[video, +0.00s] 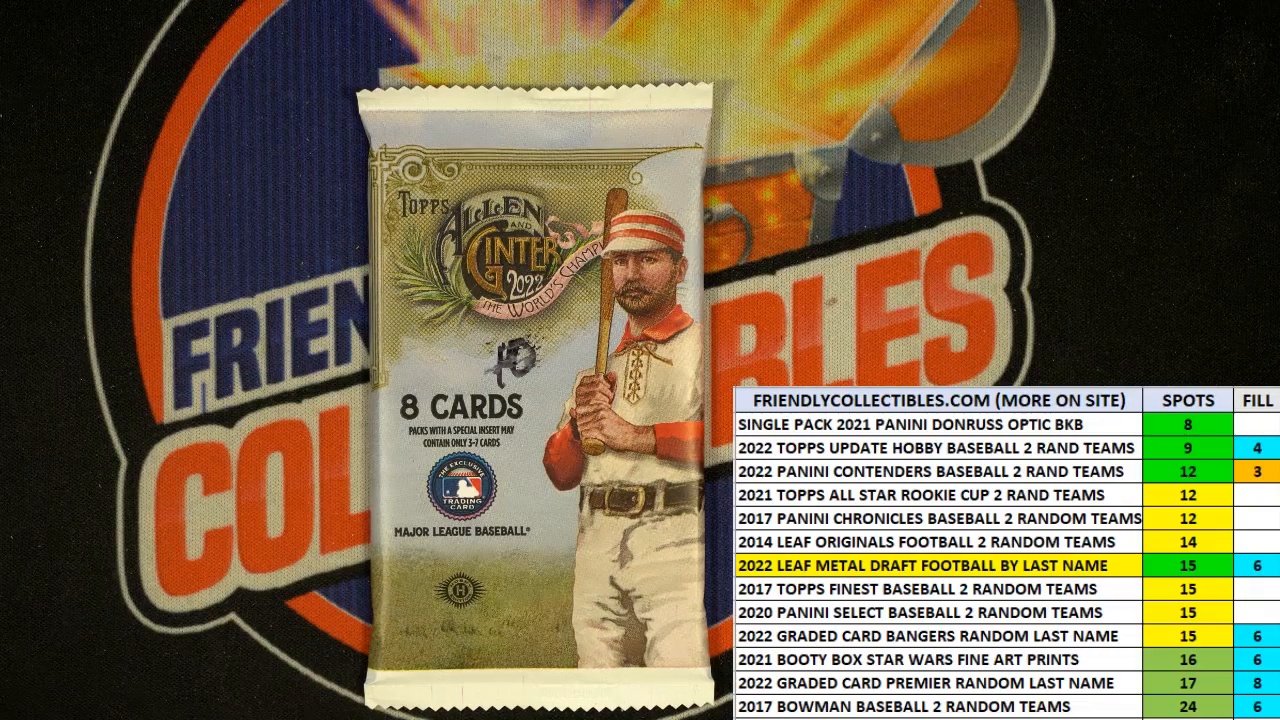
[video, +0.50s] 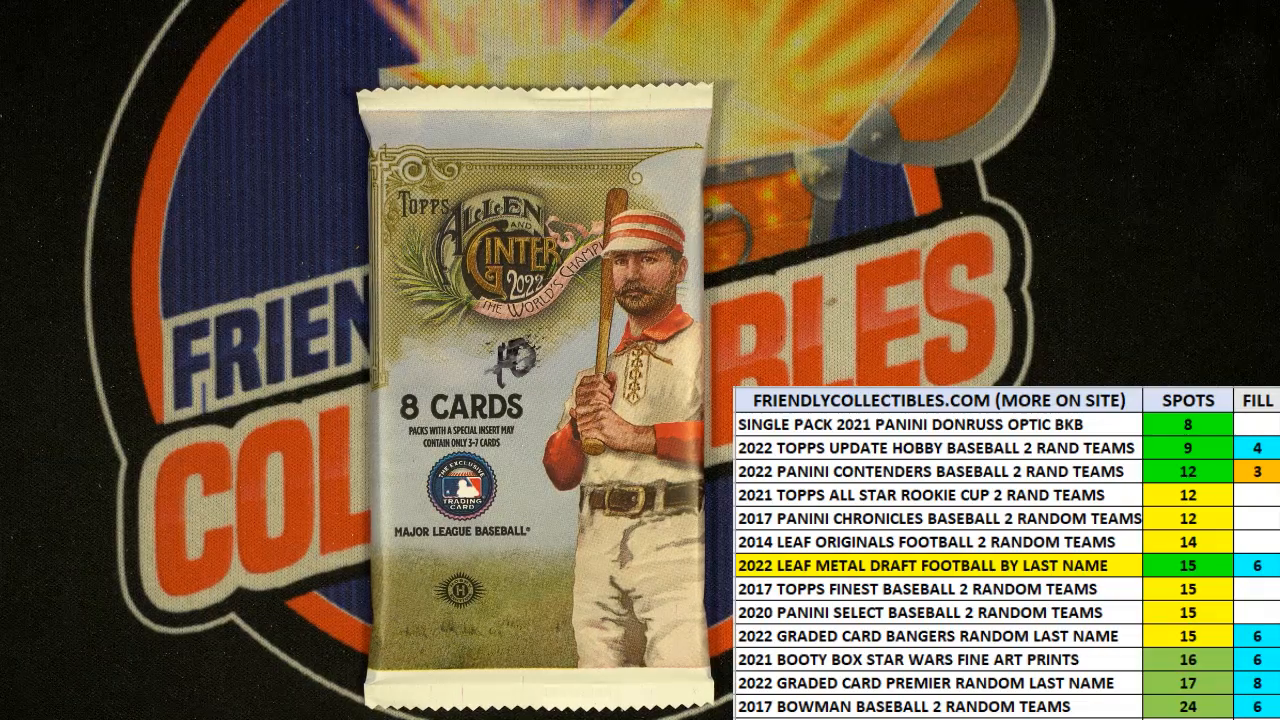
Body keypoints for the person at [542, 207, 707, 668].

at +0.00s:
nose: (631, 274)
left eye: (647, 259)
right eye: (620, 261)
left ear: (678, 270)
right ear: (609, 272)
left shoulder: (705, 346)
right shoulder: (604, 366)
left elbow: (724, 439)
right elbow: (560, 476)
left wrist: (633, 436)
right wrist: (577, 422)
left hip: (674, 530)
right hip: (597, 532)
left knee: (679, 689)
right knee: (601, 693)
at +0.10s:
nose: (631, 274)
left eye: (647, 259)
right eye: (620, 260)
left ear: (678, 270)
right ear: (609, 272)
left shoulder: (704, 346)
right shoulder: (604, 365)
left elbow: (724, 438)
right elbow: (561, 475)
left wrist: (633, 436)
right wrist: (577, 421)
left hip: (673, 529)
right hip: (597, 531)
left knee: (679, 687)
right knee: (600, 691)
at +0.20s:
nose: (630, 274)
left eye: (647, 259)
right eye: (620, 260)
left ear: (678, 270)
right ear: (609, 271)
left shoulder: (704, 345)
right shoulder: (604, 364)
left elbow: (725, 437)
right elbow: (561, 475)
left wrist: (634, 436)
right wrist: (577, 422)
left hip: (674, 530)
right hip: (597, 531)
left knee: (679, 688)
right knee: (601, 691)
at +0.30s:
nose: (630, 273)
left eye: (647, 259)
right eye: (619, 260)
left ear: (678, 270)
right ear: (608, 271)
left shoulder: (703, 346)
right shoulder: (605, 366)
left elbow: (724, 438)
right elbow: (561, 475)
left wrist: (635, 436)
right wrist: (578, 418)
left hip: (673, 530)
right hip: (597, 532)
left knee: (679, 689)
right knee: (602, 693)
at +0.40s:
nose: (631, 274)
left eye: (647, 259)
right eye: (620, 261)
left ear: (678, 270)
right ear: (609, 272)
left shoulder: (705, 346)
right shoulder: (604, 366)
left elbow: (725, 438)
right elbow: (561, 475)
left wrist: (634, 436)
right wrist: (577, 422)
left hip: (674, 531)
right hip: (597, 531)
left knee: (680, 687)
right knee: (601, 691)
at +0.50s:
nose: (631, 274)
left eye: (647, 259)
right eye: (620, 260)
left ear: (678, 270)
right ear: (609, 272)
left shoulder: (705, 346)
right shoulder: (604, 366)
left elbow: (724, 438)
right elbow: (561, 475)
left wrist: (635, 436)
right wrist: (577, 422)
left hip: (674, 531)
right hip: (597, 532)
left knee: (679, 688)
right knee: (601, 692)